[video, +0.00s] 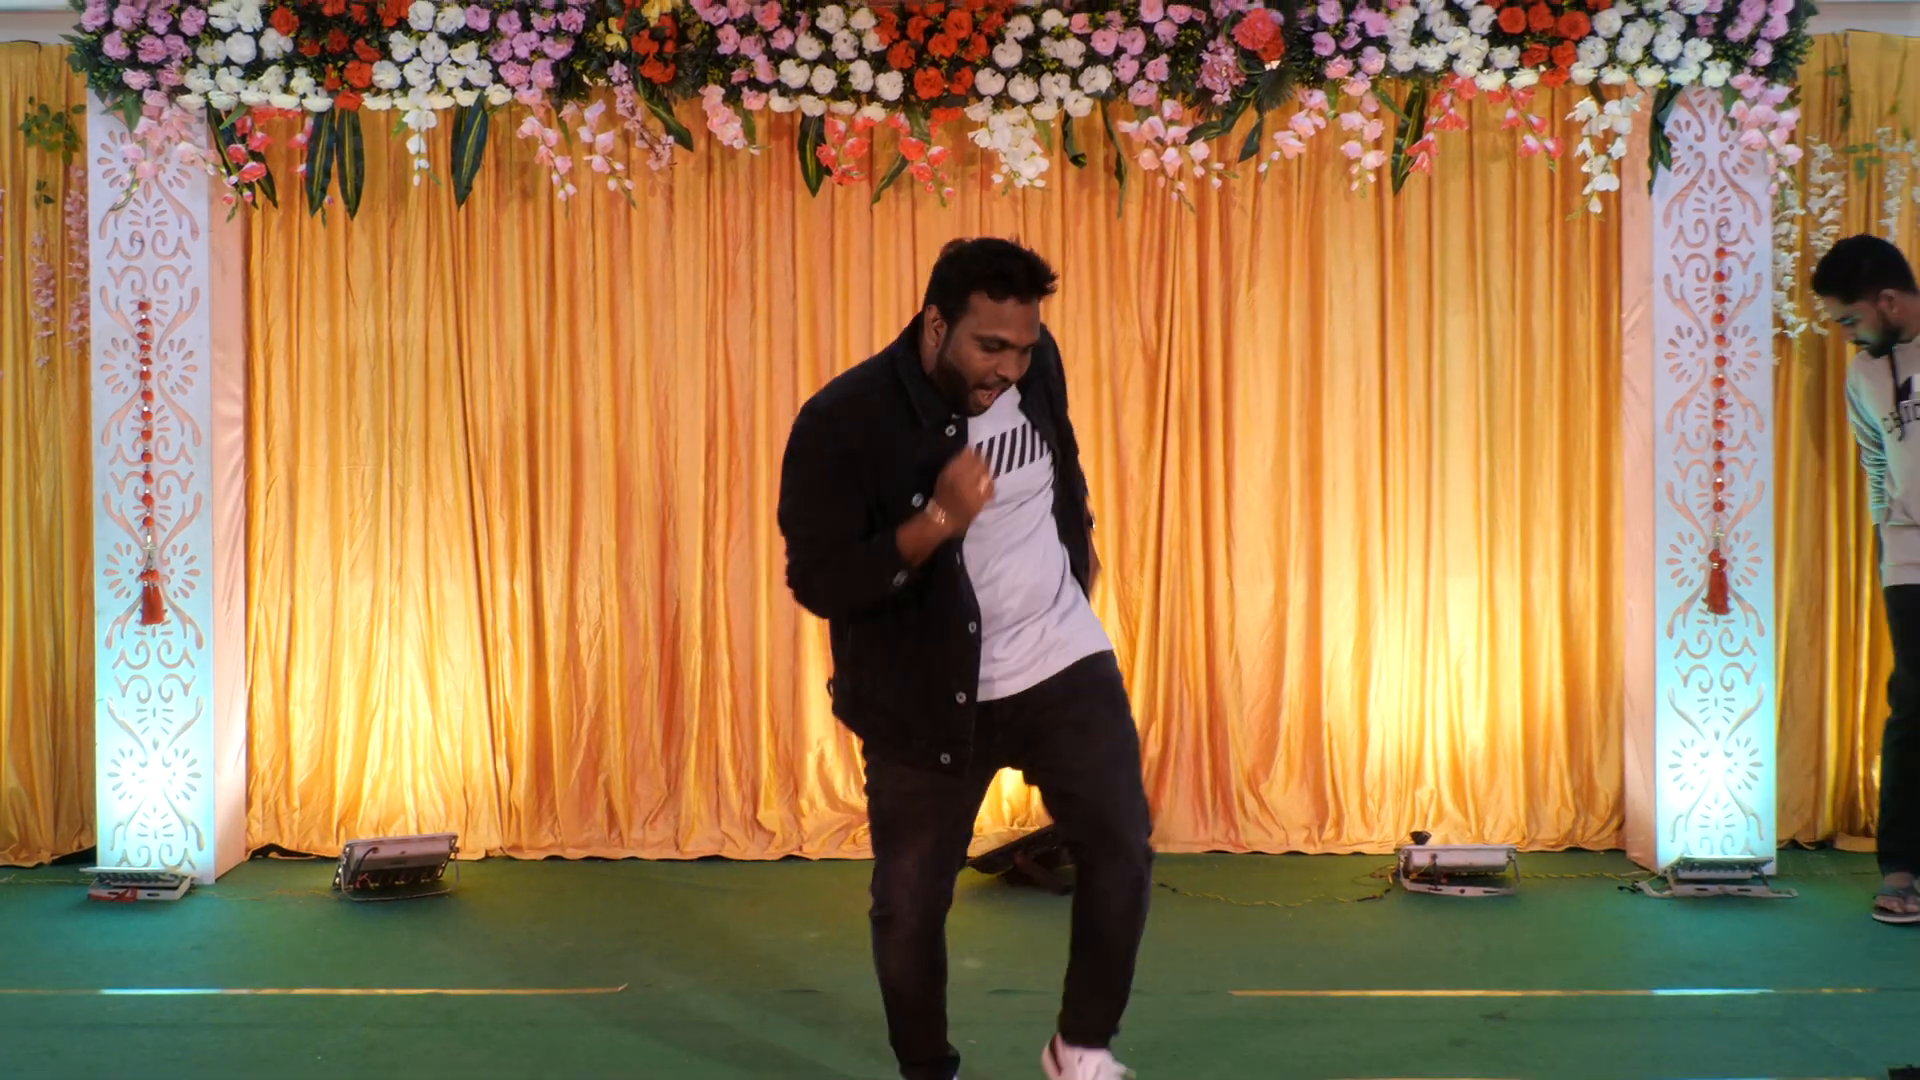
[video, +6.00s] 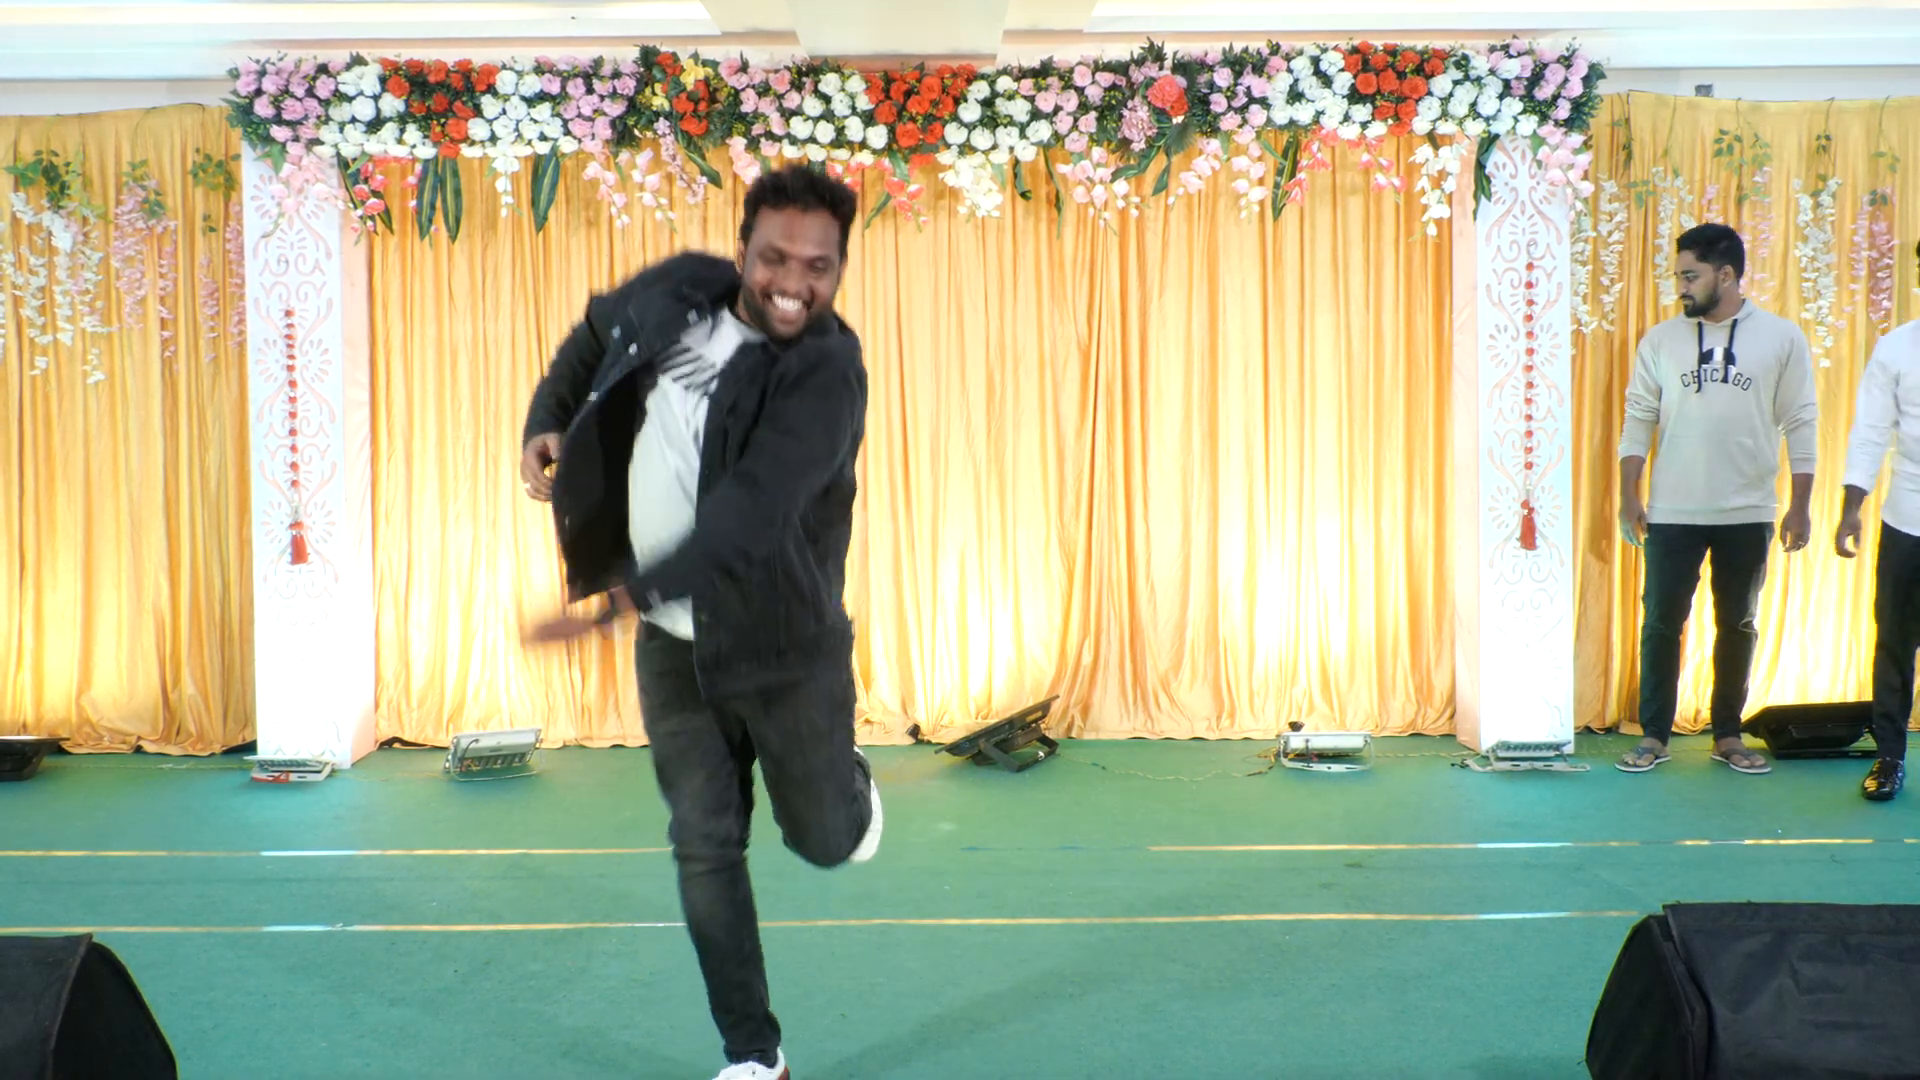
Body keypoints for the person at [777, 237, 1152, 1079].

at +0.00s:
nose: (1012, 368)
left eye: (1025, 347)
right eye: (992, 346)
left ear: (1038, 333)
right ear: (934, 326)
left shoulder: (1034, 361)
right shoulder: (841, 422)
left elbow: (1058, 468)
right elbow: (818, 583)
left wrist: (1076, 550)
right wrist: (935, 522)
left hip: (1064, 668)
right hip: (931, 704)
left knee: (1121, 854)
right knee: (908, 904)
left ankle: (1081, 1048)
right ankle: (927, 1069)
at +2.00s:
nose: (916, 260)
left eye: (933, 239)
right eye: (895, 241)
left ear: (953, 221)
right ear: (852, 221)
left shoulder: (955, 274)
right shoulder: (793, 302)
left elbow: (964, 400)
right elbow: (776, 460)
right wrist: (933, 433)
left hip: (949, 587)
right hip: (829, 603)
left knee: (979, 796)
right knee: (812, 810)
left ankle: (985, 1008)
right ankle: (800, 1014)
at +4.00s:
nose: (949, 403)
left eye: (960, 382)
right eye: (927, 389)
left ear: (977, 347)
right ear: (884, 358)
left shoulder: (1006, 390)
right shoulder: (823, 343)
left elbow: (1063, 464)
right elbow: (707, 274)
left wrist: (1103, 546)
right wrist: (773, 211)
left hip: (918, 633)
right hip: (809, 644)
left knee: (913, 803)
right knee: (815, 848)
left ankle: (1006, 810)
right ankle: (878, 1020)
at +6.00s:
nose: (792, 284)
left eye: (817, 265)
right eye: (775, 258)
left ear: (839, 269)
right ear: (743, 249)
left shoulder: (826, 365)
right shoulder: (674, 292)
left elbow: (762, 502)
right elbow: (592, 337)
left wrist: (635, 590)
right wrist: (548, 423)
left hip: (786, 640)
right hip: (673, 635)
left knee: (825, 842)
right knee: (704, 847)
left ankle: (852, 788)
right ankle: (752, 1055)